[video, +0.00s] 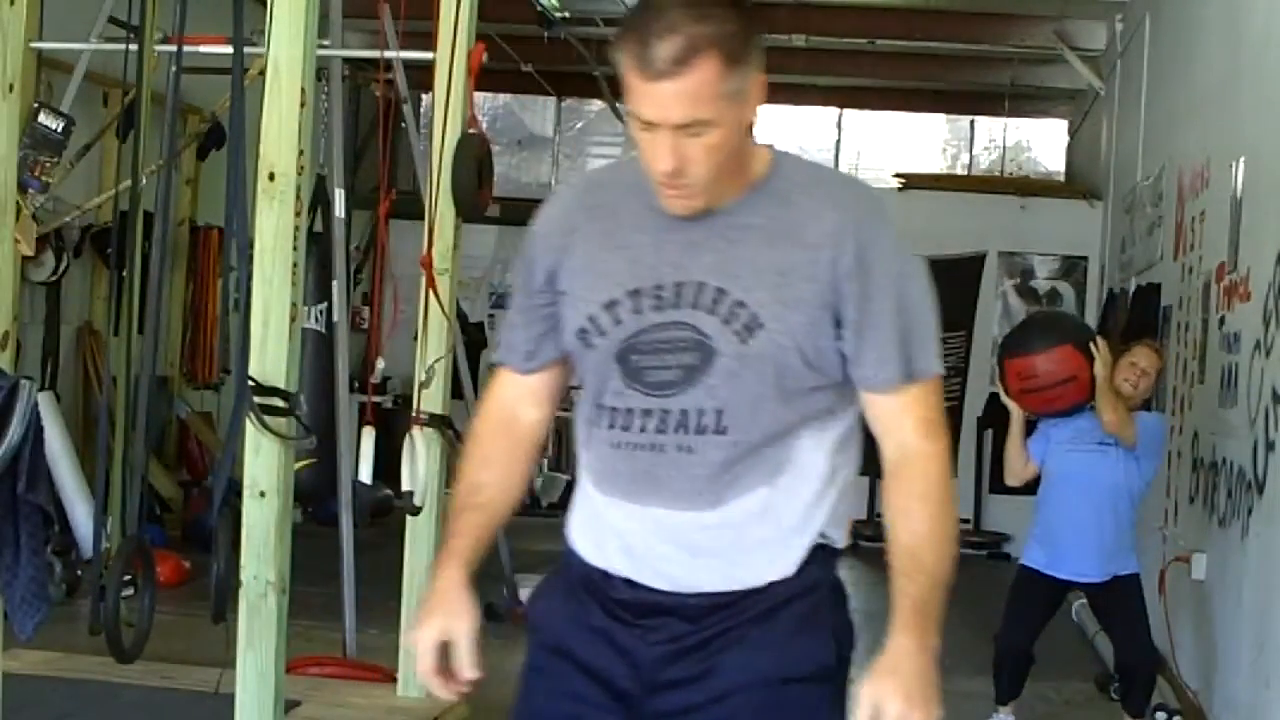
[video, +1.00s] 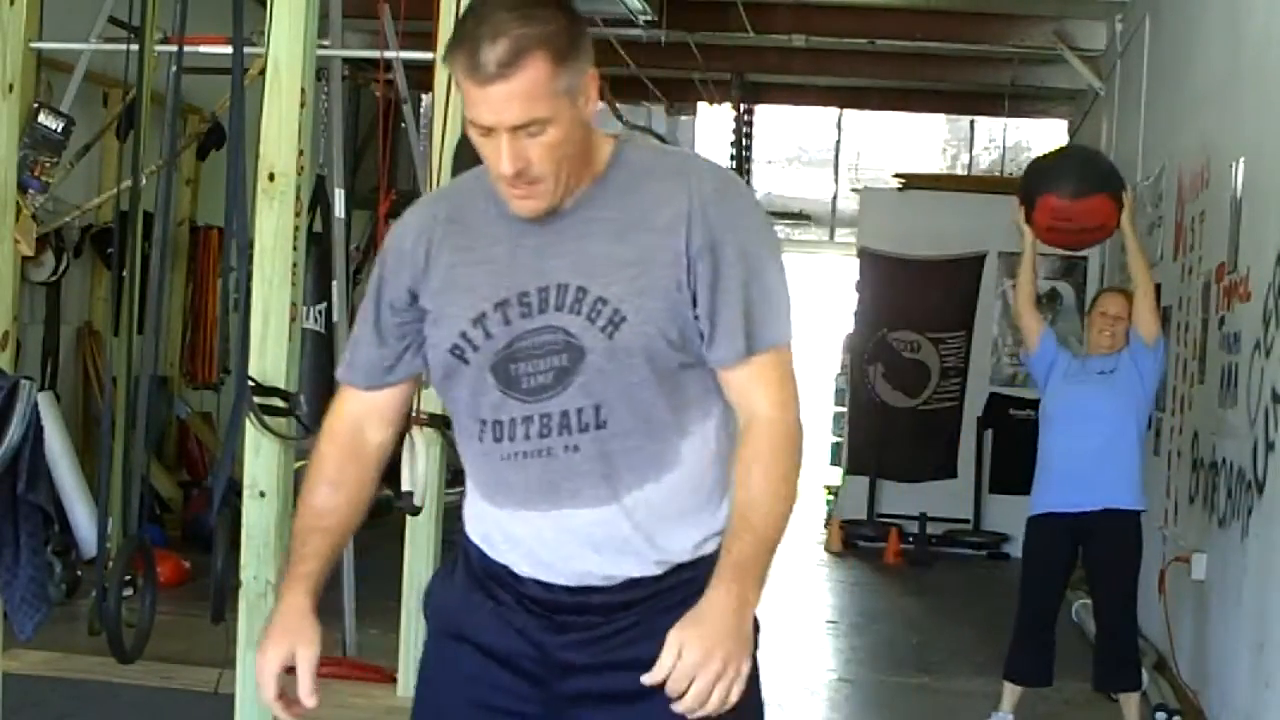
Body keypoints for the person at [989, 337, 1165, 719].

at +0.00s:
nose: (1137, 376)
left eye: (1148, 374)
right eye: (1132, 365)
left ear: (1153, 387)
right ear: (1112, 365)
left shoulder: (1152, 426)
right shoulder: (1058, 424)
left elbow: (1113, 421)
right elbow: (1015, 476)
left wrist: (1103, 377)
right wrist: (1017, 414)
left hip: (1113, 567)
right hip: (1046, 561)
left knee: (1140, 657)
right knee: (1012, 643)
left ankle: (1135, 712)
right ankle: (1005, 708)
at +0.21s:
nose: (1134, 381)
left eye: (1145, 378)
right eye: (1128, 370)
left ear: (1151, 391)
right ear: (1109, 370)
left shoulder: (1150, 431)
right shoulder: (1058, 430)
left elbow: (1114, 427)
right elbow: (1015, 481)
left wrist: (1101, 385)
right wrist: (1016, 421)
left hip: (1112, 571)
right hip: (1046, 566)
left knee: (1139, 658)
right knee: (1010, 648)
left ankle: (1135, 712)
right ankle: (1004, 710)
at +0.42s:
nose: (1137, 369)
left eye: (1146, 365)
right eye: (1130, 358)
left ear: (1153, 375)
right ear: (1107, 360)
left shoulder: (1152, 419)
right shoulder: (1059, 416)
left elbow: (1124, 406)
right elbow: (1009, 460)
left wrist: (1103, 364)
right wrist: (1012, 398)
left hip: (1112, 561)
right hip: (1045, 555)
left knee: (1136, 655)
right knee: (1011, 644)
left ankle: (1136, 711)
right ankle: (1003, 708)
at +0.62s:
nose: (1128, 334)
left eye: (1135, 329)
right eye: (1123, 325)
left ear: (1141, 339)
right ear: (1105, 329)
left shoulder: (1144, 386)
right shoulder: (1058, 374)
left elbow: (1149, 333)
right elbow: (1002, 381)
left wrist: (1115, 293)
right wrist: (1017, 322)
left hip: (1107, 524)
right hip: (1045, 518)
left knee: (1119, 627)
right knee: (1024, 616)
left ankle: (1133, 712)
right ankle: (1004, 710)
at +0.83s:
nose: (1118, 321)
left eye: (1128, 317)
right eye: (1111, 313)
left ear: (1137, 328)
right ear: (1093, 319)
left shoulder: (1141, 371)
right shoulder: (1058, 365)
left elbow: (1151, 301)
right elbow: (1012, 321)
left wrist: (1125, 239)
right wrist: (1025, 259)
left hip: (1112, 515)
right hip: (1048, 512)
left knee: (1117, 620)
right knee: (1031, 612)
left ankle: (1132, 716)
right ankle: (1004, 712)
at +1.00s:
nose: (1109, 322)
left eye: (1119, 317)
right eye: (1102, 314)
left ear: (1131, 328)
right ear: (1086, 321)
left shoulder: (1139, 369)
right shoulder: (1056, 366)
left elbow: (1146, 298)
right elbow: (1025, 308)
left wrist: (1127, 227)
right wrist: (1029, 243)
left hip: (1116, 515)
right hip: (1051, 512)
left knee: (1118, 622)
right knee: (1033, 614)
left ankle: (1132, 716)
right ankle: (1005, 712)